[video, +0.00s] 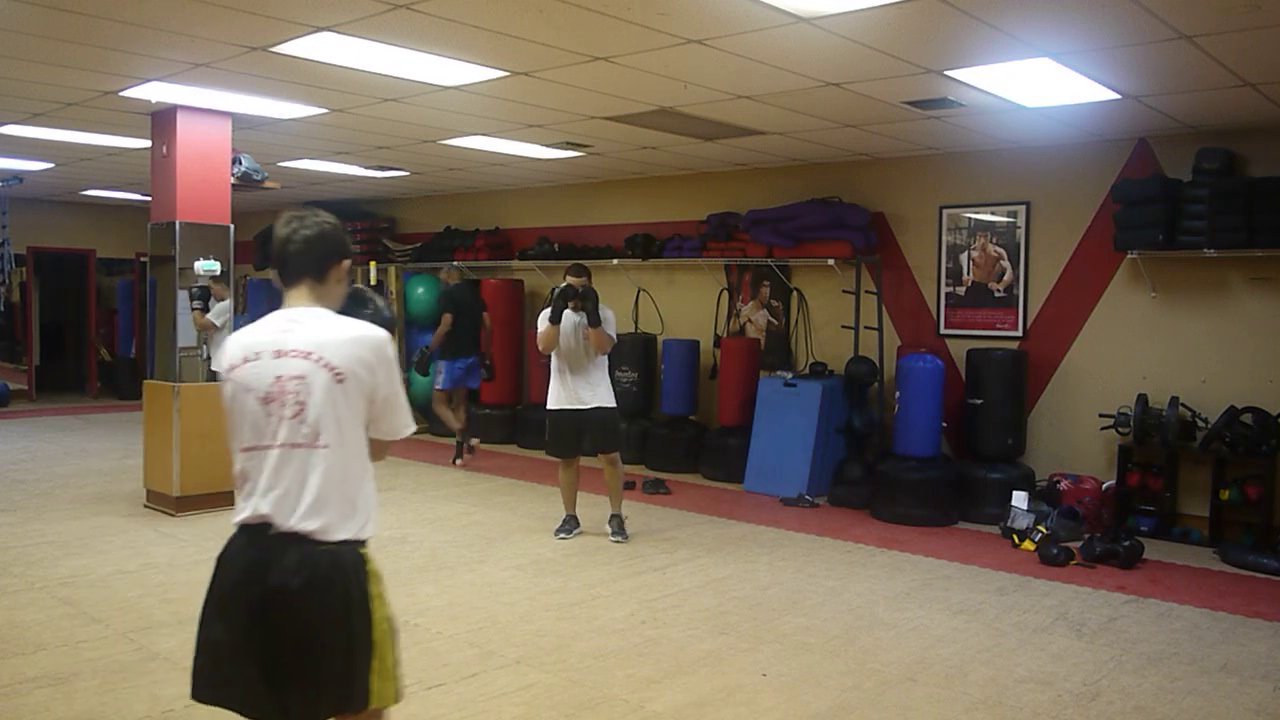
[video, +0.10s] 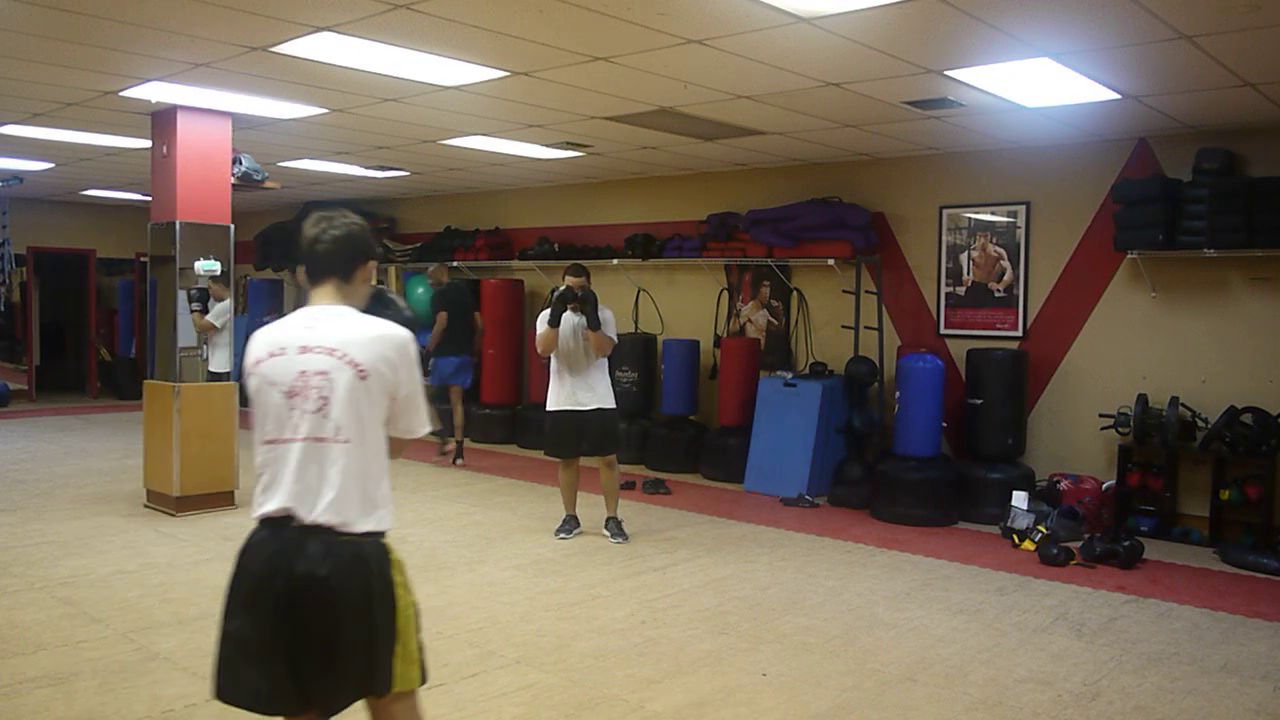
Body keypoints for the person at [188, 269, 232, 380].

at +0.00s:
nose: (211, 293)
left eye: (212, 289)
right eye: (210, 289)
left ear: (221, 286)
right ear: (222, 287)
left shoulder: (225, 305)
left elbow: (201, 325)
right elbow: (207, 324)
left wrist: (196, 303)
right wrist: (204, 303)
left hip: (220, 365)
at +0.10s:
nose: (210, 292)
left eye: (210, 288)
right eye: (209, 289)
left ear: (219, 286)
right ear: (221, 286)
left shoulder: (226, 305)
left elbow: (201, 326)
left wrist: (195, 307)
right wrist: (202, 306)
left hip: (221, 369)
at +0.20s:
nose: (207, 291)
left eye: (208, 287)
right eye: (207, 288)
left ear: (218, 286)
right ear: (219, 286)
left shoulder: (224, 306)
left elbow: (202, 329)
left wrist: (192, 311)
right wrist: (202, 313)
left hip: (220, 369)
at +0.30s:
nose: (204, 293)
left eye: (203, 289)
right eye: (203, 289)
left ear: (209, 287)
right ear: (220, 285)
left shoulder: (220, 306)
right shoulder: (229, 304)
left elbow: (205, 333)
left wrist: (191, 320)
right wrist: (202, 318)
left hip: (218, 370)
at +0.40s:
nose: (199, 295)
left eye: (199, 290)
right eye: (197, 291)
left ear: (207, 289)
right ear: (208, 288)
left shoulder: (216, 306)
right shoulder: (225, 303)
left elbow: (205, 335)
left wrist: (190, 322)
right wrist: (201, 319)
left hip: (214, 371)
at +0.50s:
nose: (192, 295)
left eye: (193, 290)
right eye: (192, 291)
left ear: (201, 289)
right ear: (206, 288)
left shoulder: (209, 307)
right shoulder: (224, 304)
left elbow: (197, 334)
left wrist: (185, 319)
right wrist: (195, 315)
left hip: (210, 370)